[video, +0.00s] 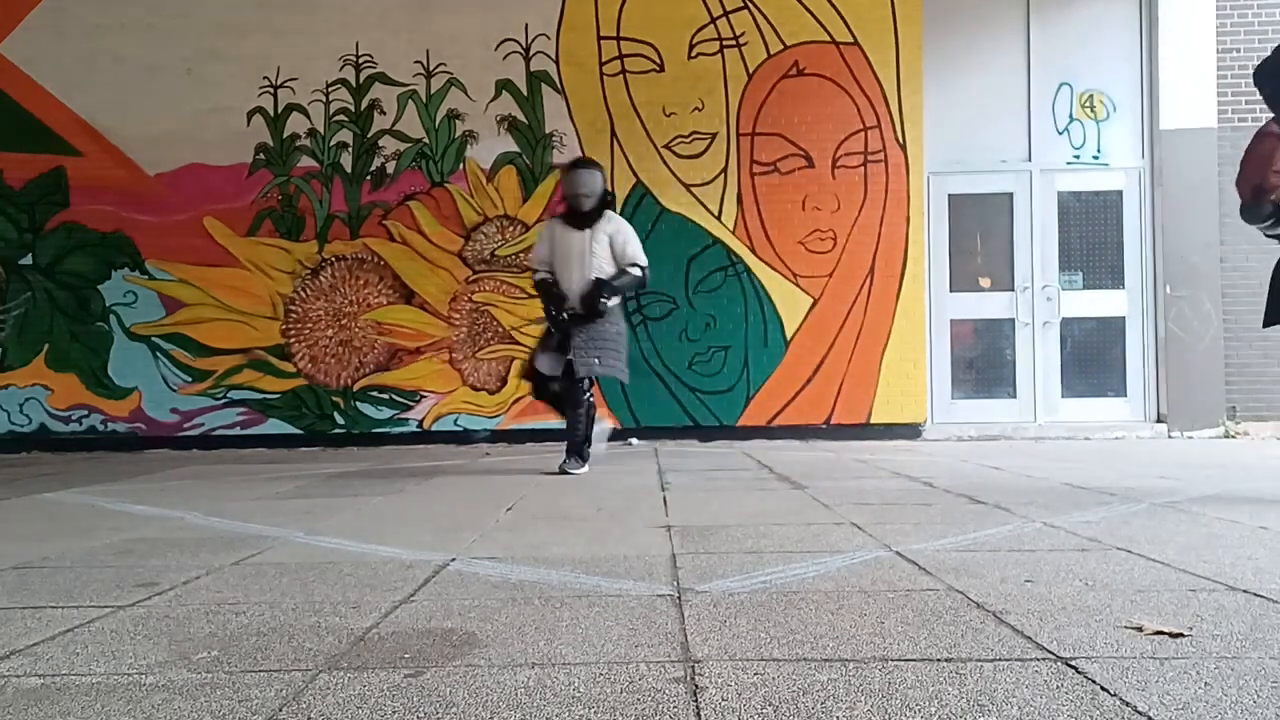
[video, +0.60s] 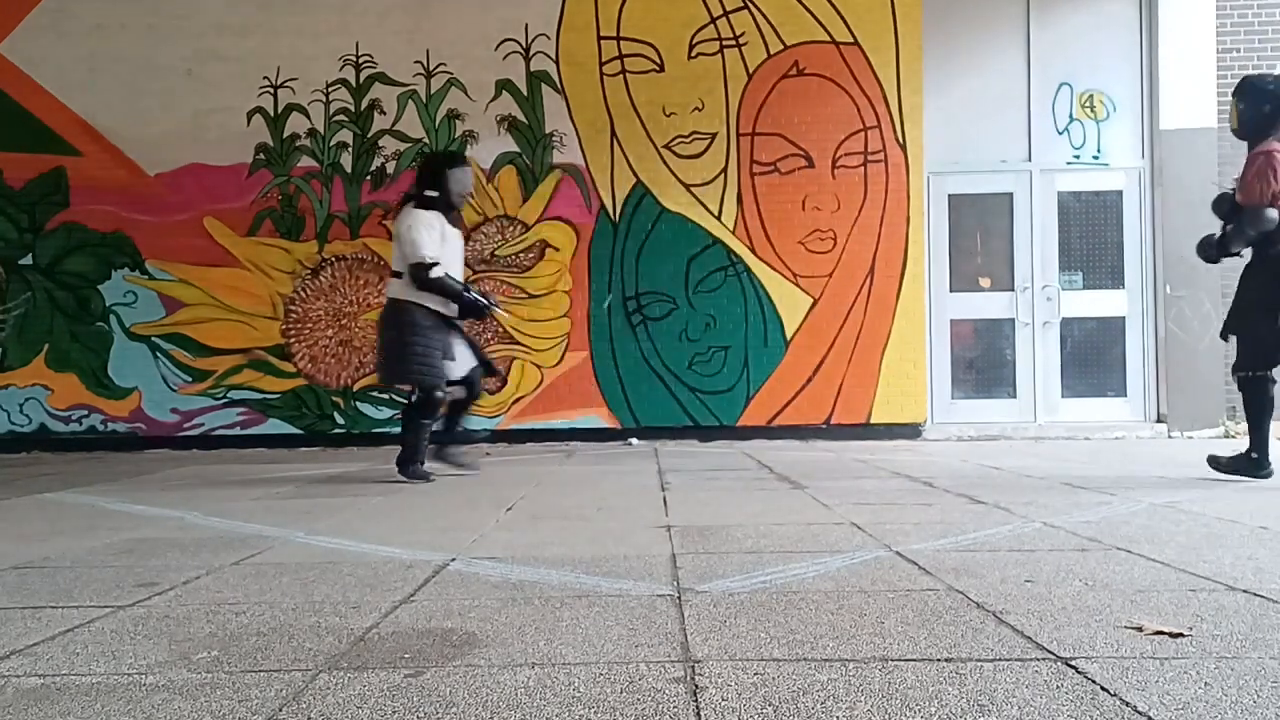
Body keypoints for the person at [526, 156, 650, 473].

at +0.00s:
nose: (582, 197)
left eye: (589, 190)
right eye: (576, 190)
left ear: (601, 190)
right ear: (566, 192)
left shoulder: (615, 226)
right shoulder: (553, 228)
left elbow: (639, 270)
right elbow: (541, 269)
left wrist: (606, 288)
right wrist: (552, 295)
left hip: (598, 320)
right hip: (563, 320)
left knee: (578, 385)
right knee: (542, 382)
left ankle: (576, 455)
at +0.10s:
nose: (561, 196)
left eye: (567, 189)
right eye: (554, 190)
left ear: (581, 186)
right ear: (545, 188)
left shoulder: (597, 219)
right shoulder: (530, 221)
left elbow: (621, 262)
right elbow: (519, 265)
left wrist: (594, 283)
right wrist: (533, 284)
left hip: (581, 314)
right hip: (543, 313)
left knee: (571, 382)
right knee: (512, 368)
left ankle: (576, 453)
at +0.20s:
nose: (544, 199)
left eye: (549, 192)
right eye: (537, 193)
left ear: (560, 189)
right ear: (524, 191)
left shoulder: (578, 221)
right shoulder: (508, 223)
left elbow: (598, 264)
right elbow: (500, 271)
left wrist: (577, 285)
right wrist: (533, 299)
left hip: (564, 315)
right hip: (521, 312)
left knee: (562, 387)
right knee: (487, 373)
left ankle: (575, 454)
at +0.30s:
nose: (530, 199)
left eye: (535, 192)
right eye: (522, 193)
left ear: (542, 192)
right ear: (505, 194)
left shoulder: (556, 231)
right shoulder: (486, 228)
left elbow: (566, 272)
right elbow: (477, 276)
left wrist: (555, 299)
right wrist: (514, 300)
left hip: (539, 323)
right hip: (495, 322)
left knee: (550, 391)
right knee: (463, 386)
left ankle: (574, 454)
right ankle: (421, 449)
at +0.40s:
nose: (510, 198)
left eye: (514, 191)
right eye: (501, 191)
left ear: (521, 193)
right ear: (482, 193)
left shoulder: (519, 234)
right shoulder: (463, 227)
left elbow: (526, 281)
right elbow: (459, 279)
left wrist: (526, 306)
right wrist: (502, 305)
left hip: (508, 326)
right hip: (466, 325)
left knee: (535, 393)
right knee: (447, 396)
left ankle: (568, 453)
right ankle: (412, 461)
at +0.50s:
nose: (490, 197)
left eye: (493, 189)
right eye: (482, 190)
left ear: (495, 188)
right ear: (459, 190)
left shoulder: (480, 228)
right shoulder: (439, 221)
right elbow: (439, 277)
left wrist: (493, 303)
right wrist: (481, 305)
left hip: (467, 324)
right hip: (435, 320)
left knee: (508, 381)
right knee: (436, 394)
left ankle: (523, 447)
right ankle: (411, 461)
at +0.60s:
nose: (470, 190)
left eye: (470, 182)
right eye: (463, 181)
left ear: (450, 182)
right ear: (441, 181)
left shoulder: (443, 221)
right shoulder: (419, 217)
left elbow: (444, 274)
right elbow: (423, 274)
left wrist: (471, 295)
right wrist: (464, 298)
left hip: (437, 317)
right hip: (412, 315)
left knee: (470, 379)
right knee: (430, 388)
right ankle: (410, 460)